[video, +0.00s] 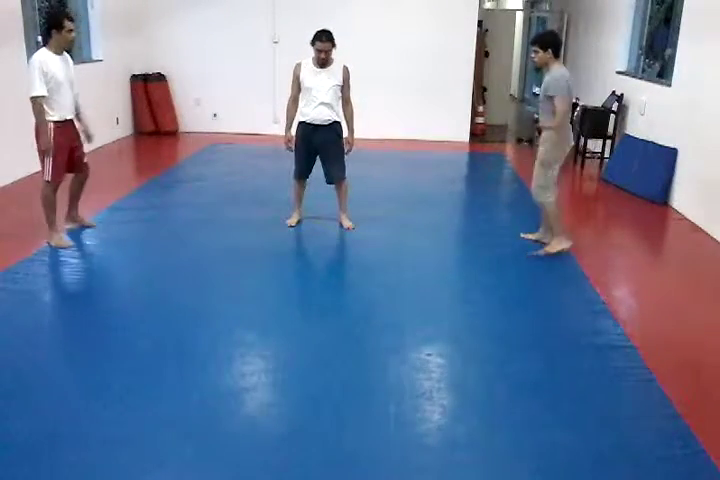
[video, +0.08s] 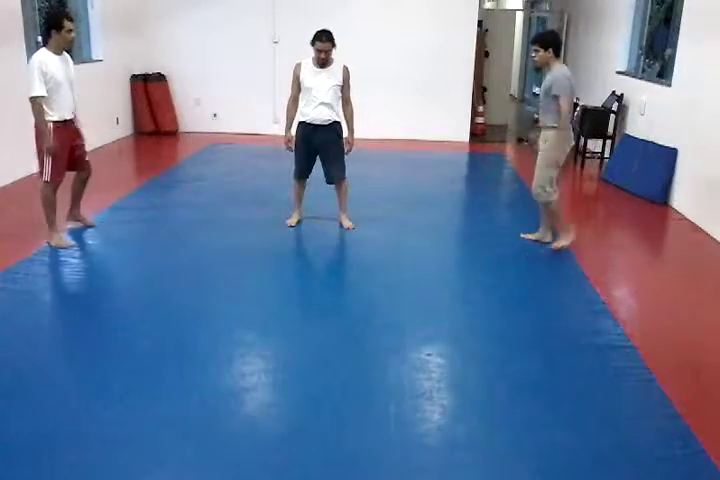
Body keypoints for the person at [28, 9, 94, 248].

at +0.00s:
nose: (73, 36)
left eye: (74, 31)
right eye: (69, 31)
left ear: (63, 33)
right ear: (55, 32)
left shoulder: (66, 58)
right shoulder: (38, 60)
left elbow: (72, 98)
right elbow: (37, 101)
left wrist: (84, 126)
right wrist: (44, 136)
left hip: (69, 123)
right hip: (51, 126)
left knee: (82, 171)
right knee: (51, 181)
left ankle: (72, 215)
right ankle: (53, 232)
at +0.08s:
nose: (73, 36)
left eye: (73, 31)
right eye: (69, 31)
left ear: (64, 33)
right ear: (54, 32)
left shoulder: (66, 58)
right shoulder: (38, 60)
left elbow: (69, 97)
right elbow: (36, 101)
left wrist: (76, 127)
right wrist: (46, 135)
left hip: (69, 124)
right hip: (51, 127)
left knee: (84, 170)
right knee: (51, 181)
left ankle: (74, 212)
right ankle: (53, 232)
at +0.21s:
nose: (73, 36)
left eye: (74, 31)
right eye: (69, 32)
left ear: (65, 33)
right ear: (55, 33)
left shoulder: (67, 57)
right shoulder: (39, 61)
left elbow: (69, 92)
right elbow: (36, 100)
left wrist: (72, 121)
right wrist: (50, 134)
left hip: (71, 124)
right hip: (52, 127)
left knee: (80, 171)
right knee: (52, 180)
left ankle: (77, 216)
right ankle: (54, 232)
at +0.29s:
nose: (74, 36)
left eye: (75, 31)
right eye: (69, 32)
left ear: (69, 33)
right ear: (55, 34)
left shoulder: (69, 57)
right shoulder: (41, 62)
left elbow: (71, 93)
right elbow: (39, 101)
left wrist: (75, 122)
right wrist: (53, 136)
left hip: (73, 124)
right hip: (56, 127)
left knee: (76, 175)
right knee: (54, 181)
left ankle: (77, 217)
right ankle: (53, 232)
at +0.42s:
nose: (77, 36)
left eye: (77, 31)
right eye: (72, 32)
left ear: (72, 33)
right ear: (58, 34)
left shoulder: (71, 57)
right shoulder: (45, 61)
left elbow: (73, 92)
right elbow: (44, 101)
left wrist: (78, 123)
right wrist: (57, 136)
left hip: (75, 123)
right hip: (59, 126)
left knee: (76, 175)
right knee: (57, 181)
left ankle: (77, 217)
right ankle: (53, 231)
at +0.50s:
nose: (78, 36)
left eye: (79, 32)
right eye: (74, 32)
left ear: (73, 33)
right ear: (60, 33)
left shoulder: (72, 58)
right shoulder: (47, 61)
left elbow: (75, 94)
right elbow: (46, 101)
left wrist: (84, 122)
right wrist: (59, 135)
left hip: (77, 123)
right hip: (61, 125)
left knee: (78, 174)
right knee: (58, 180)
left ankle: (77, 217)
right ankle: (54, 231)